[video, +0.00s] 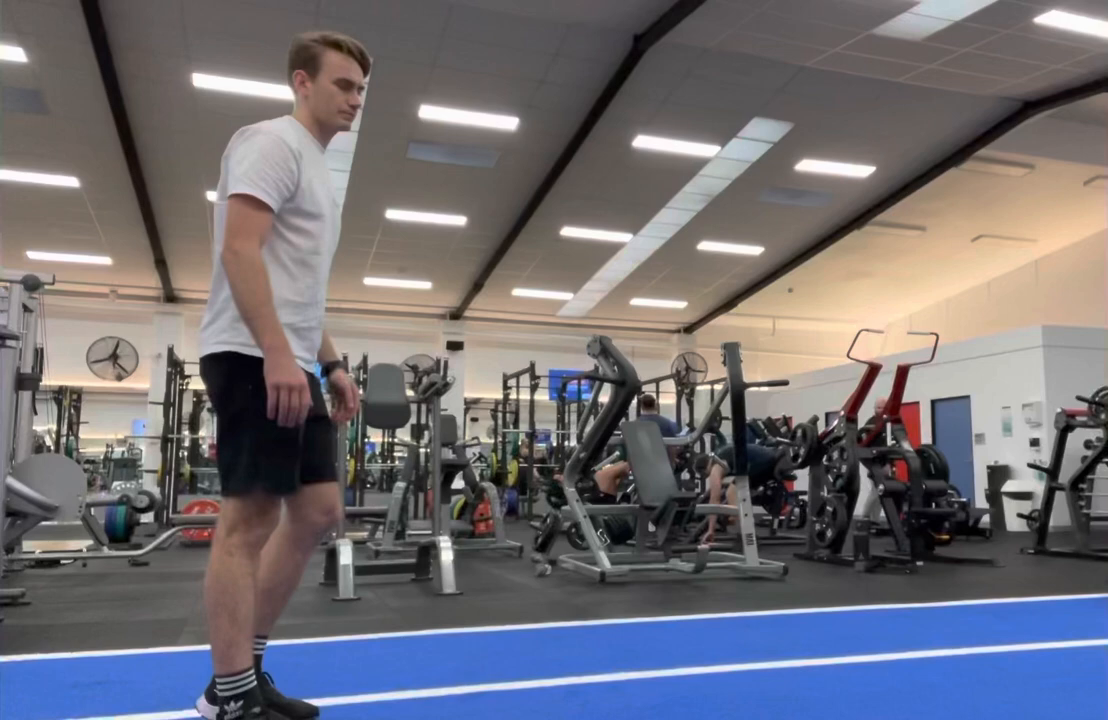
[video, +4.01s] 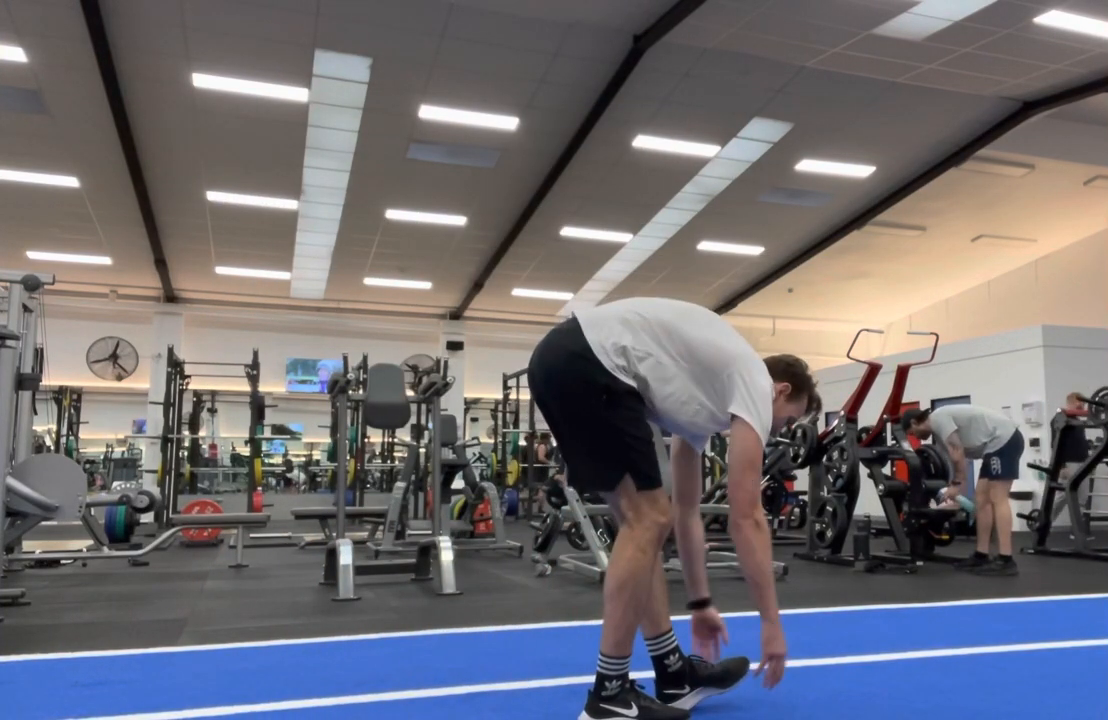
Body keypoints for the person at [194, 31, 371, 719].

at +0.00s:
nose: (354, 99)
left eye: (360, 90)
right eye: (343, 85)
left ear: (357, 96)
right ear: (302, 83)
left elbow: (301, 278)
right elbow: (239, 250)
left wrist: (329, 360)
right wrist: (277, 353)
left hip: (296, 361)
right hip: (250, 355)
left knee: (316, 512)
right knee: (247, 520)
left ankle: (243, 666)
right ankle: (230, 689)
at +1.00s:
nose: (521, 273)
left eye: (527, 265)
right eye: (524, 258)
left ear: (494, 237)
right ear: (498, 236)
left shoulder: (438, 246)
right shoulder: (450, 253)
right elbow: (386, 347)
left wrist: (361, 461)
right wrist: (359, 463)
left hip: (291, 357)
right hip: (306, 362)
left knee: (350, 522)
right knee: (378, 517)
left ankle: (326, 691)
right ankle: (432, 687)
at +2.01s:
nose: (607, 297)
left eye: (614, 289)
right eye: (611, 283)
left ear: (584, 260)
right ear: (590, 260)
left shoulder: (525, 273)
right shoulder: (546, 273)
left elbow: (478, 404)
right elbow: (505, 390)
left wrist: (542, 450)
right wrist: (561, 449)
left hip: (363, 349)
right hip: (394, 360)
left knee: (404, 519)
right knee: (451, 517)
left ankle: (337, 684)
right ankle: (453, 699)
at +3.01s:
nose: (714, 211)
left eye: (719, 201)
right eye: (717, 197)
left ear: (681, 176)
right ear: (693, 178)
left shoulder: (622, 203)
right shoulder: (665, 209)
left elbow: (566, 301)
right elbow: (618, 300)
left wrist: (545, 421)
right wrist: (622, 410)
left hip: (541, 360)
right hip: (565, 365)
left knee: (620, 502)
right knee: (610, 514)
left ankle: (563, 652)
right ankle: (608, 688)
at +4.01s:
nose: (780, 429)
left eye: (788, 424)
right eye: (788, 418)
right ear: (780, 391)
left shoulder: (693, 403)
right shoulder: (753, 382)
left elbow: (687, 510)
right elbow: (746, 515)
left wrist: (700, 605)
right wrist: (771, 623)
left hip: (564, 360)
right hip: (590, 362)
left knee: (639, 520)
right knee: (650, 517)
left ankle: (672, 672)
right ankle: (609, 690)